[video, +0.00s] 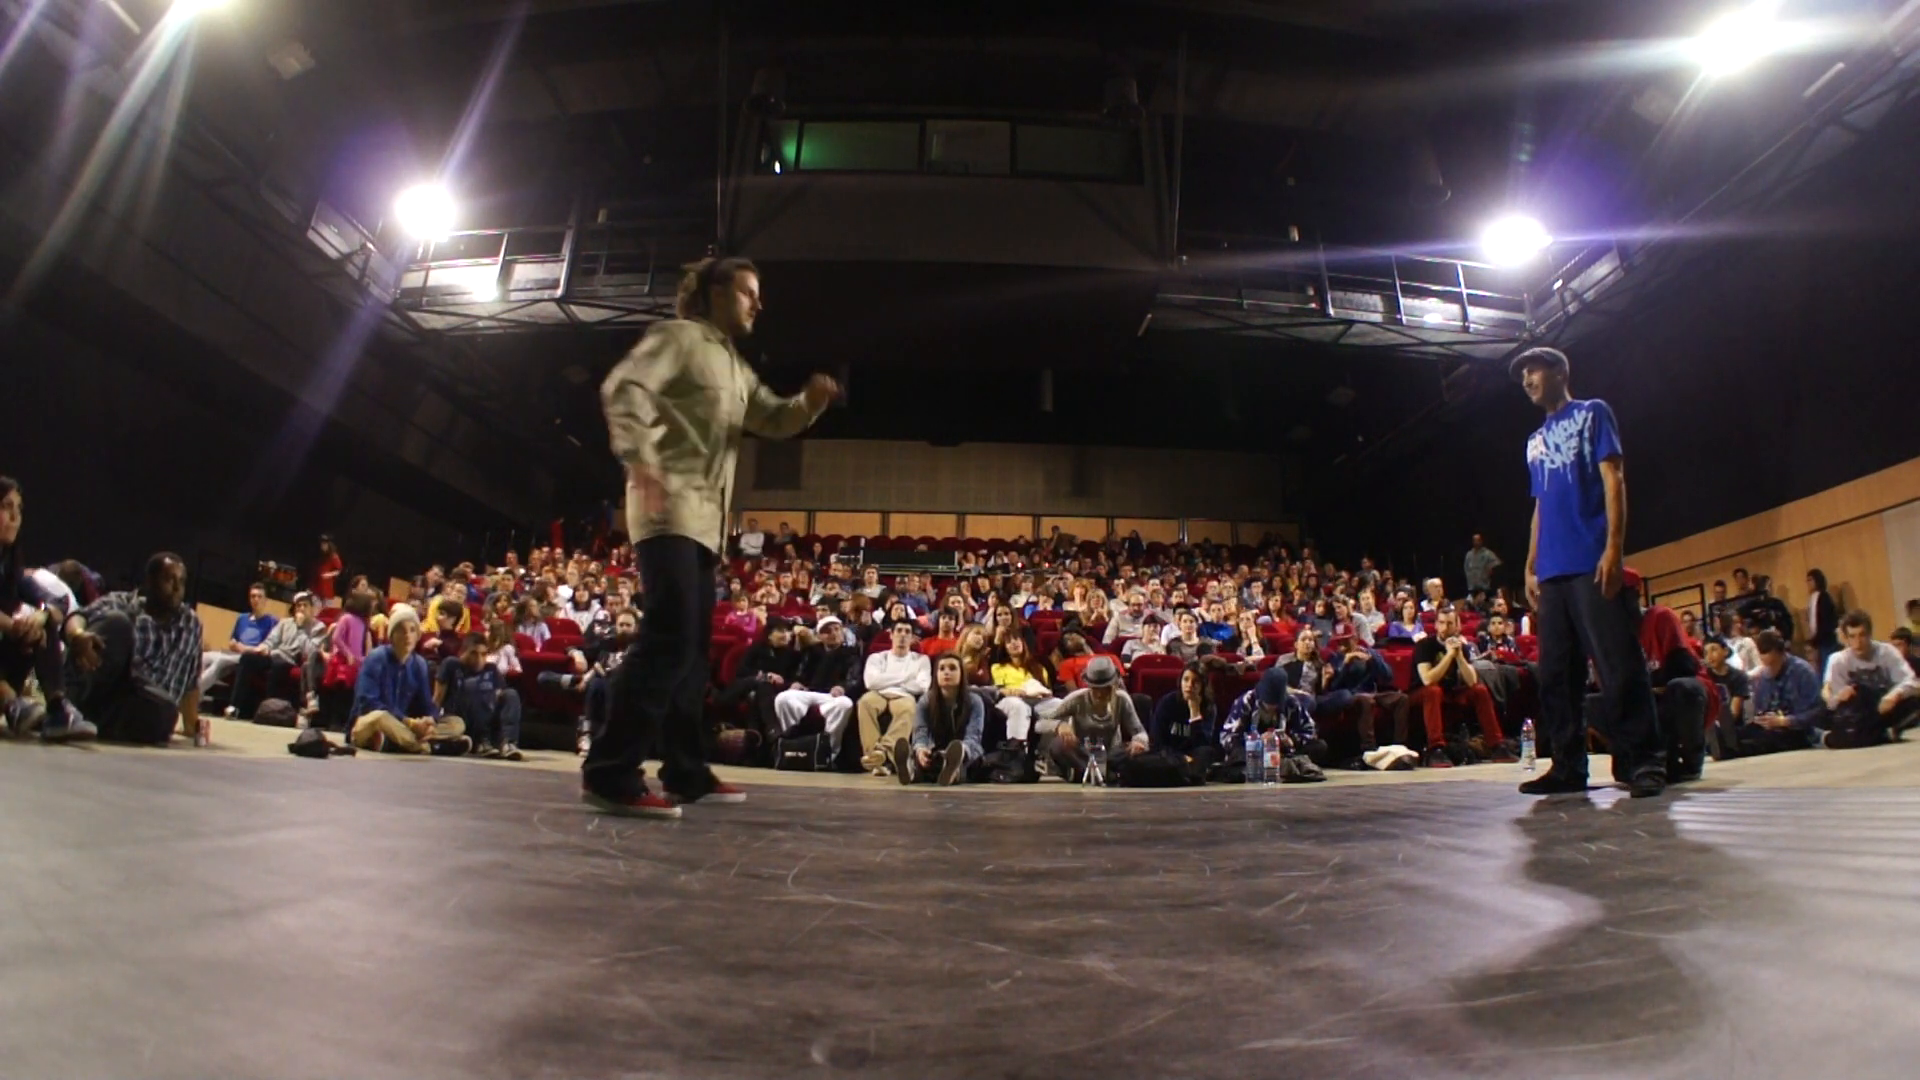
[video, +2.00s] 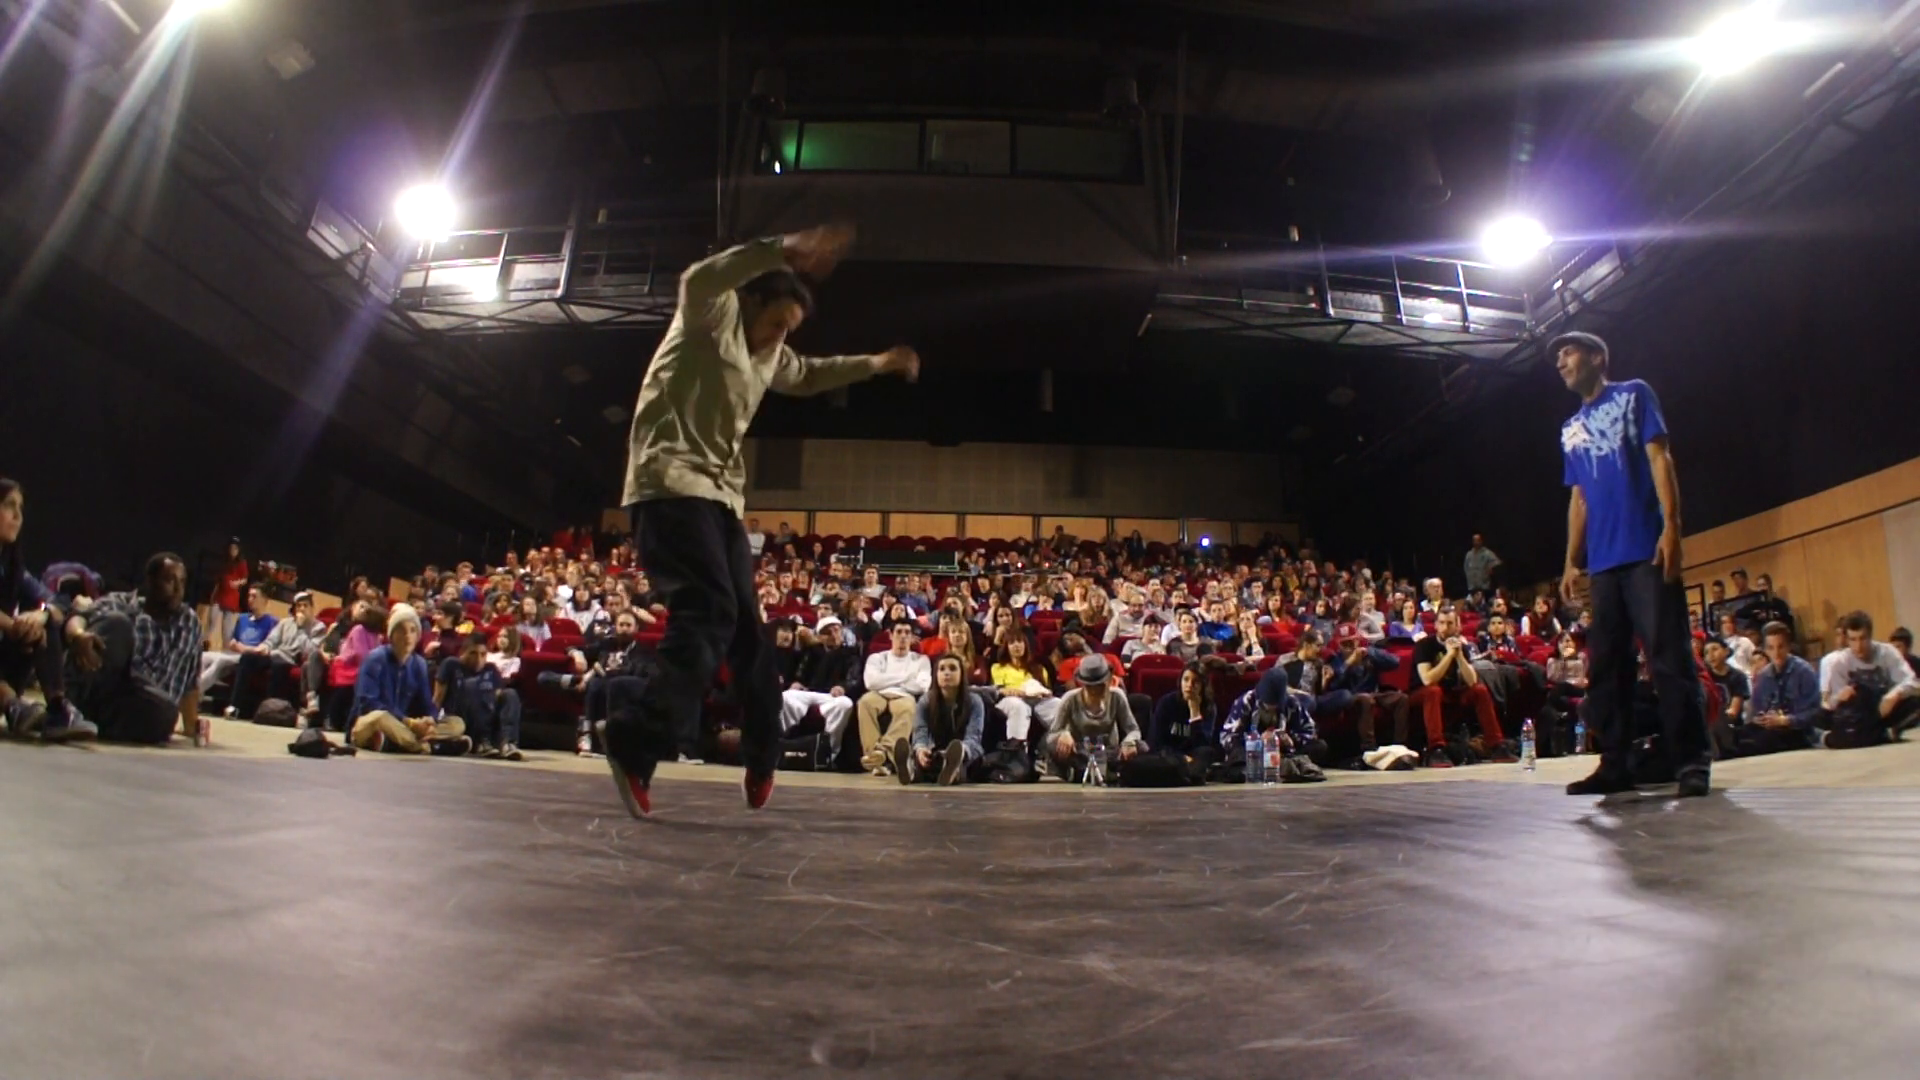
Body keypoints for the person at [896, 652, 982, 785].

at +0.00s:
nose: (947, 672)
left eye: (952, 668)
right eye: (942, 668)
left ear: (961, 673)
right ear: (935, 674)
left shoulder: (974, 701)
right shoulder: (925, 701)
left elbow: (974, 737)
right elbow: (920, 731)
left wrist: (960, 751)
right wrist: (920, 748)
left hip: (962, 751)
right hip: (933, 750)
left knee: (955, 762)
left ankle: (949, 773)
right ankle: (910, 768)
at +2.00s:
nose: (947, 673)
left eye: (953, 668)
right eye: (942, 669)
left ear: (962, 674)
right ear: (936, 674)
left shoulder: (974, 701)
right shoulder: (925, 701)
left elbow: (974, 738)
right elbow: (920, 731)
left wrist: (961, 751)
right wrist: (920, 748)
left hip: (962, 751)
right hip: (934, 750)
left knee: (955, 762)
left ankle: (949, 773)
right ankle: (910, 768)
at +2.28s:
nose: (947, 673)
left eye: (952, 669)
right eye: (942, 669)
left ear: (962, 674)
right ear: (936, 674)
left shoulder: (974, 701)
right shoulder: (925, 701)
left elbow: (974, 738)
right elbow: (920, 730)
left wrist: (961, 751)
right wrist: (920, 748)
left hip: (962, 751)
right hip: (933, 750)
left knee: (955, 763)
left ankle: (949, 773)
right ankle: (910, 768)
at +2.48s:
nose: (947, 673)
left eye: (952, 669)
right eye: (942, 669)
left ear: (961, 674)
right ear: (935, 674)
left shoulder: (974, 701)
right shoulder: (925, 701)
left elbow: (974, 738)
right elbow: (920, 731)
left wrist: (961, 751)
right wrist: (920, 748)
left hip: (963, 750)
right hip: (934, 749)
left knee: (955, 761)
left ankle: (949, 773)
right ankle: (911, 768)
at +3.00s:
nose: (946, 674)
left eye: (951, 669)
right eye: (941, 670)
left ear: (961, 674)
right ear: (935, 675)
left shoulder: (974, 701)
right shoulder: (925, 701)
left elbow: (973, 737)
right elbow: (925, 738)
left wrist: (962, 752)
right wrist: (940, 749)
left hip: (964, 748)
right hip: (936, 750)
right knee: (927, 761)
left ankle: (949, 773)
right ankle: (912, 768)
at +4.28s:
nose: (944, 673)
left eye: (950, 668)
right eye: (940, 669)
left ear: (960, 674)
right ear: (935, 674)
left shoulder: (974, 701)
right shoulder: (925, 701)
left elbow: (974, 735)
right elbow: (920, 729)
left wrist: (962, 751)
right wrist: (922, 747)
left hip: (963, 749)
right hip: (934, 749)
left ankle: (949, 773)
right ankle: (912, 769)